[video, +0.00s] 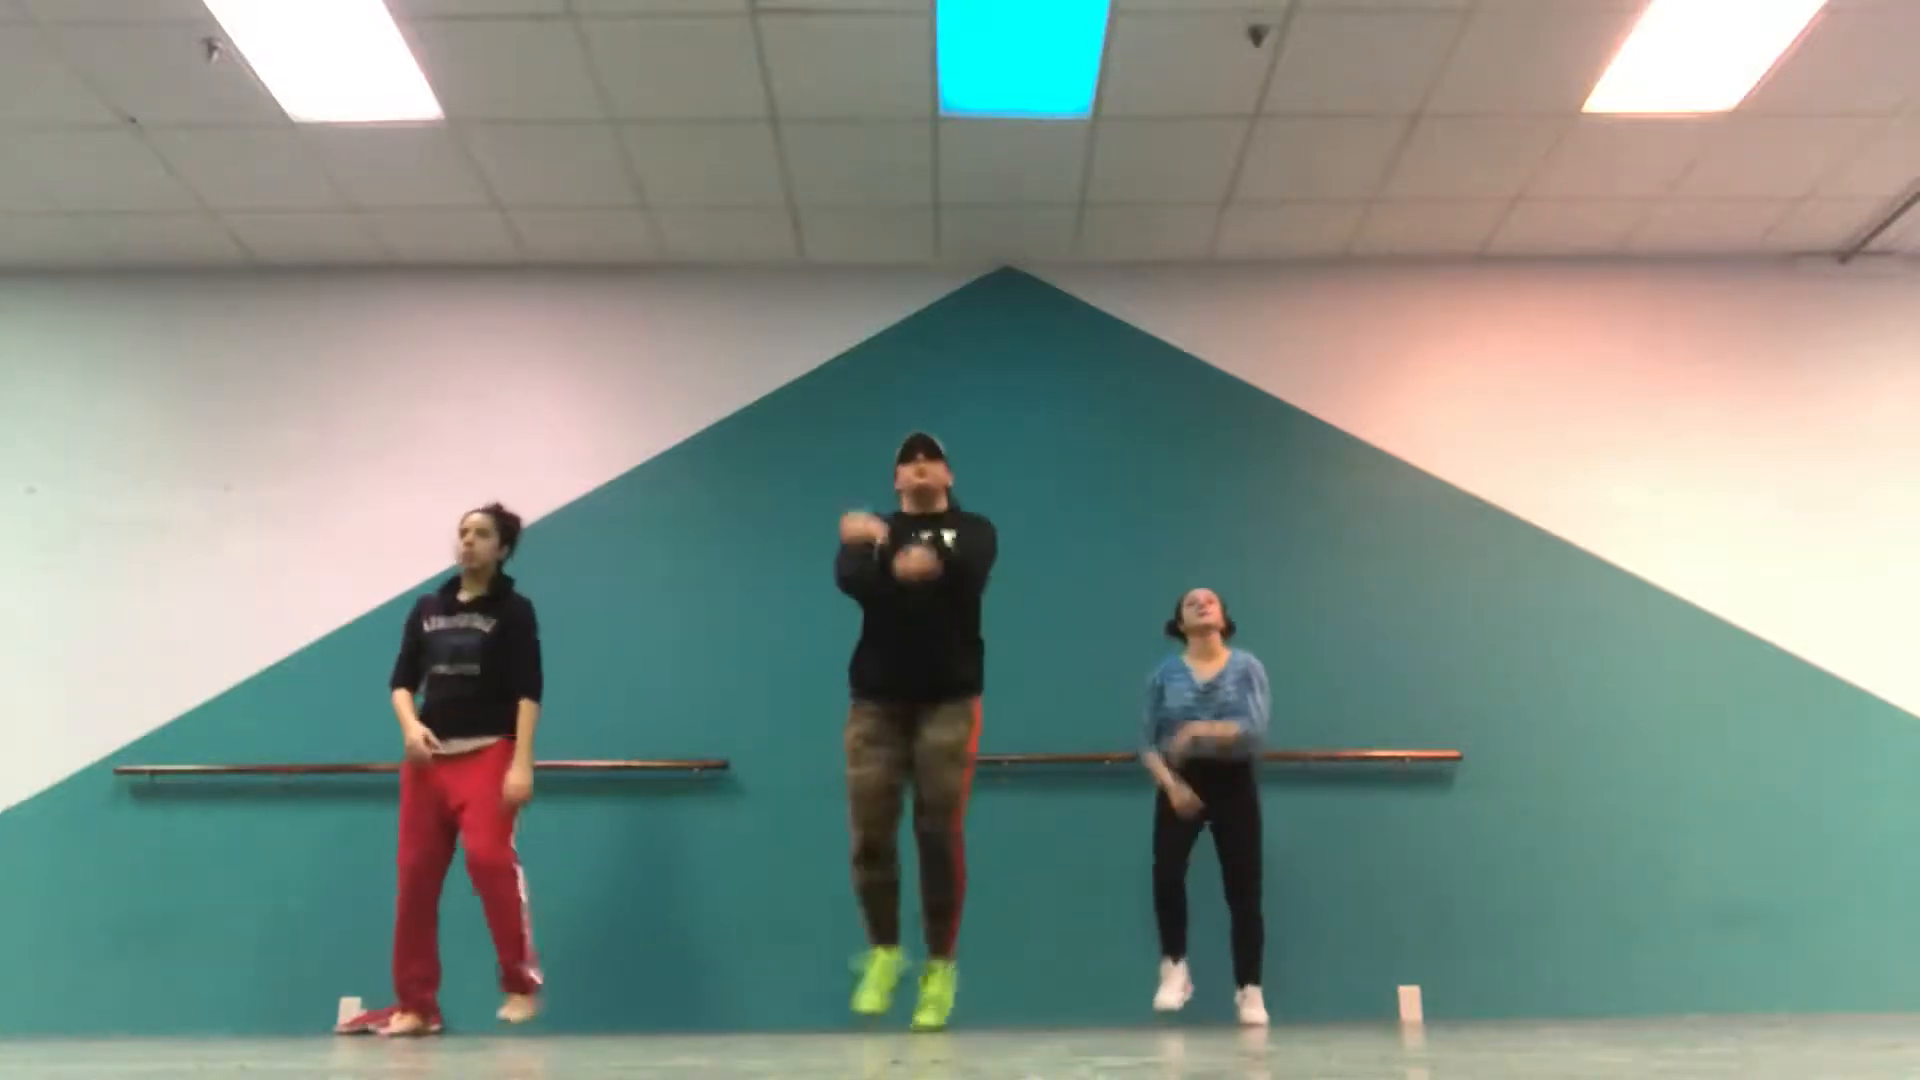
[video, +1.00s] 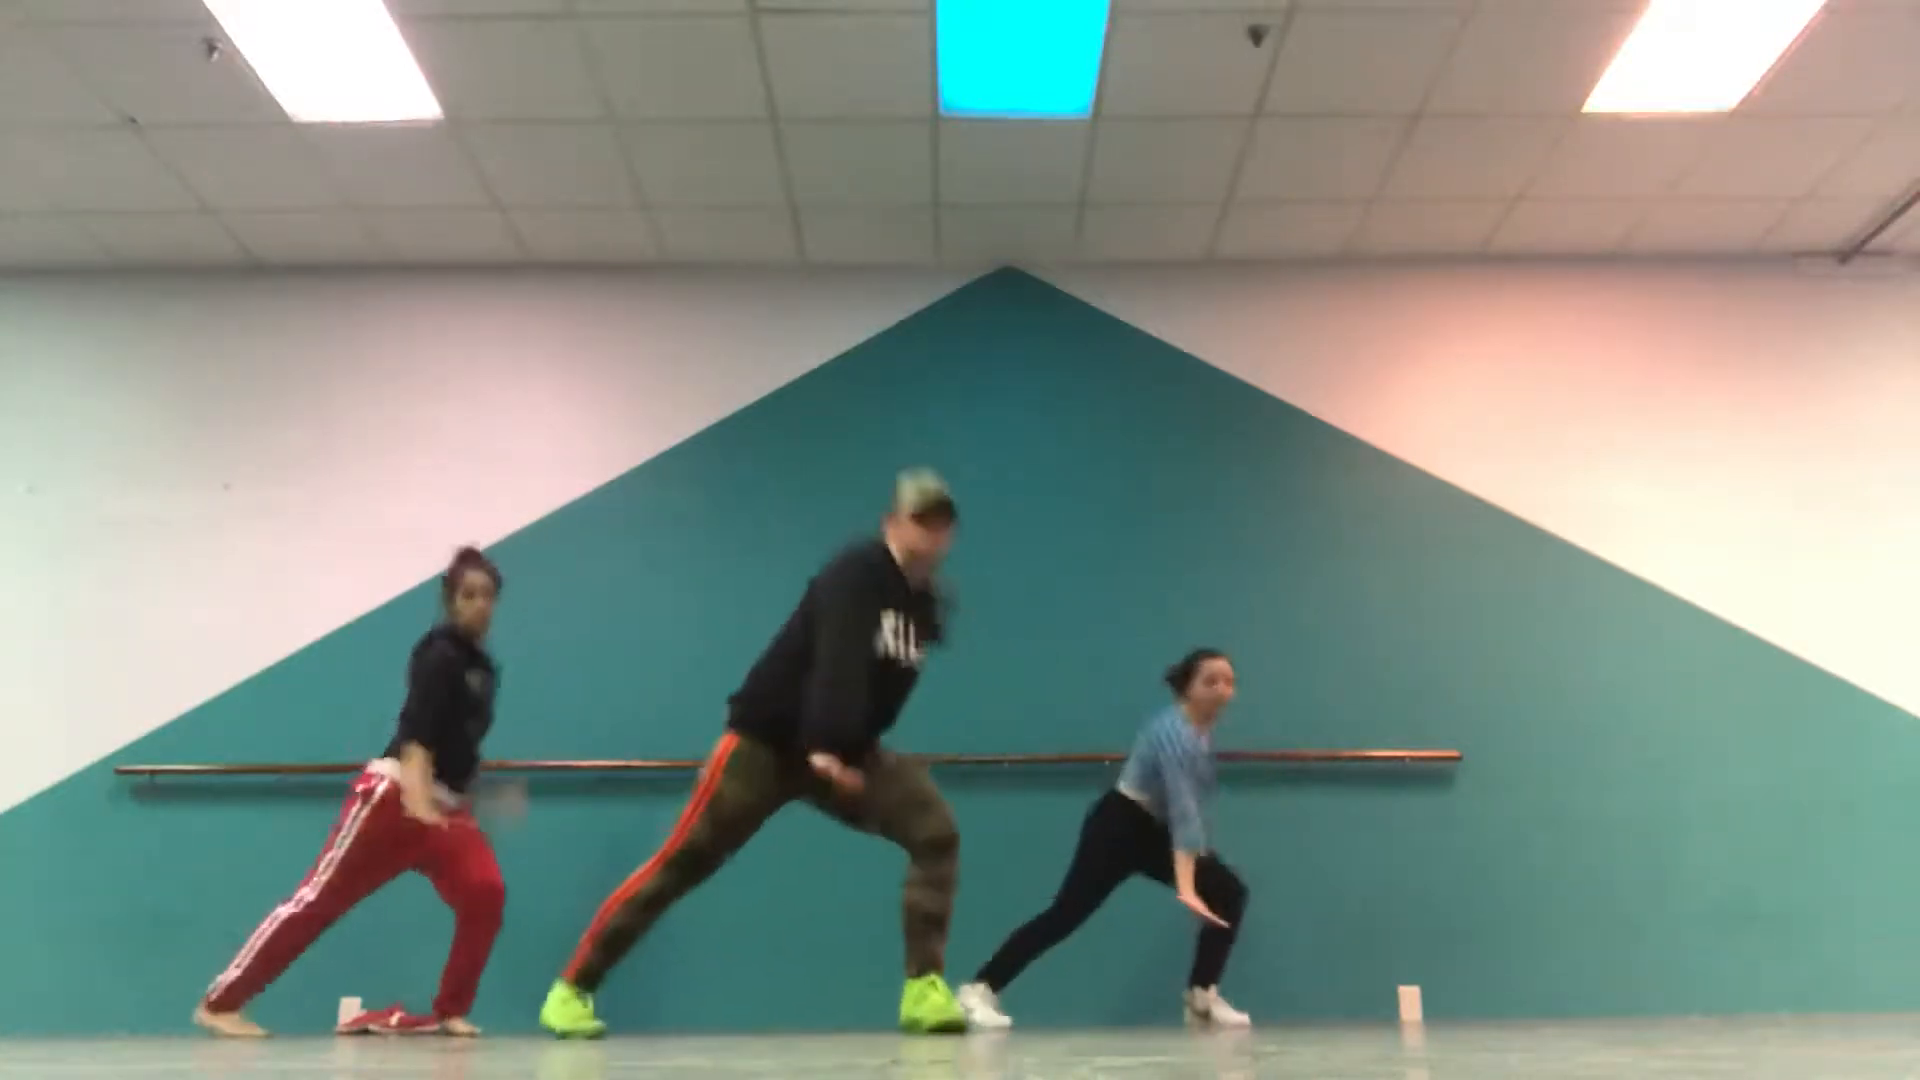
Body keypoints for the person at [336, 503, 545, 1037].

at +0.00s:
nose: (467, 541)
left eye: (479, 535)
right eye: (463, 533)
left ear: (502, 547)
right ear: (456, 543)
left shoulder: (515, 610)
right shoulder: (427, 609)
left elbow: (528, 691)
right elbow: (402, 681)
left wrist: (522, 763)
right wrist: (410, 725)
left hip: (488, 757)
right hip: (426, 760)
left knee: (489, 862)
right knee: (415, 880)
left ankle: (520, 986)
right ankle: (417, 1005)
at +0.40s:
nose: (508, 561)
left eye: (520, 553)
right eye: (501, 550)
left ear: (534, 564)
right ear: (487, 553)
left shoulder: (536, 631)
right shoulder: (447, 611)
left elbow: (524, 711)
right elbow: (392, 671)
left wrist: (519, 778)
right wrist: (326, 668)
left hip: (489, 771)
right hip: (423, 761)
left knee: (481, 886)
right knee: (394, 869)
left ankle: (463, 1008)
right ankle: (395, 993)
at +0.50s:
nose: (526, 572)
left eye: (536, 565)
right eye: (518, 561)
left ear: (548, 575)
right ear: (502, 564)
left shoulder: (538, 641)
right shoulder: (457, 602)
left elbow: (512, 714)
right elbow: (379, 606)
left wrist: (506, 781)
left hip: (482, 775)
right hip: (419, 761)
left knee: (476, 891)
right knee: (380, 848)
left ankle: (459, 1008)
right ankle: (347, 951)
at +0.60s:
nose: (530, 586)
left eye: (540, 578)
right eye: (522, 575)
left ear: (549, 587)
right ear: (504, 576)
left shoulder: (535, 648)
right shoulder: (473, 608)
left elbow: (495, 709)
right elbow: (445, 584)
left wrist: (488, 762)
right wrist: (421, 563)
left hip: (471, 781)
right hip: (412, 764)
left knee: (474, 896)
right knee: (367, 852)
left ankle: (457, 1010)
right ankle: (301, 914)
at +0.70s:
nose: (534, 584)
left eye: (542, 575)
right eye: (525, 574)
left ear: (548, 583)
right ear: (504, 576)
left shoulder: (527, 639)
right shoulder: (480, 604)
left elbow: (481, 692)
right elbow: (440, 600)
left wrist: (466, 750)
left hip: (455, 775)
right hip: (403, 757)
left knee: (463, 890)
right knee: (349, 864)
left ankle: (457, 1010)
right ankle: (264, 923)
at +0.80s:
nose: (525, 587)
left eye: (531, 577)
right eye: (515, 576)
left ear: (535, 584)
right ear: (491, 580)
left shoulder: (498, 632)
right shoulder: (473, 621)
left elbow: (457, 695)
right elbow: (466, 696)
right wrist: (500, 747)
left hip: (441, 776)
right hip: (392, 761)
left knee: (460, 882)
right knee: (332, 866)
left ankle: (453, 1008)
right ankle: (239, 968)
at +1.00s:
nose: (479, 605)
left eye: (488, 595)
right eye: (469, 595)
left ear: (496, 602)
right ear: (450, 599)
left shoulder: (483, 665)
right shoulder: (439, 650)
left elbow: (461, 738)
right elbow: (417, 729)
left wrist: (466, 790)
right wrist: (417, 798)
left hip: (446, 804)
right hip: (394, 793)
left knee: (484, 893)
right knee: (318, 901)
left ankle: (452, 1013)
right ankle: (219, 1003)